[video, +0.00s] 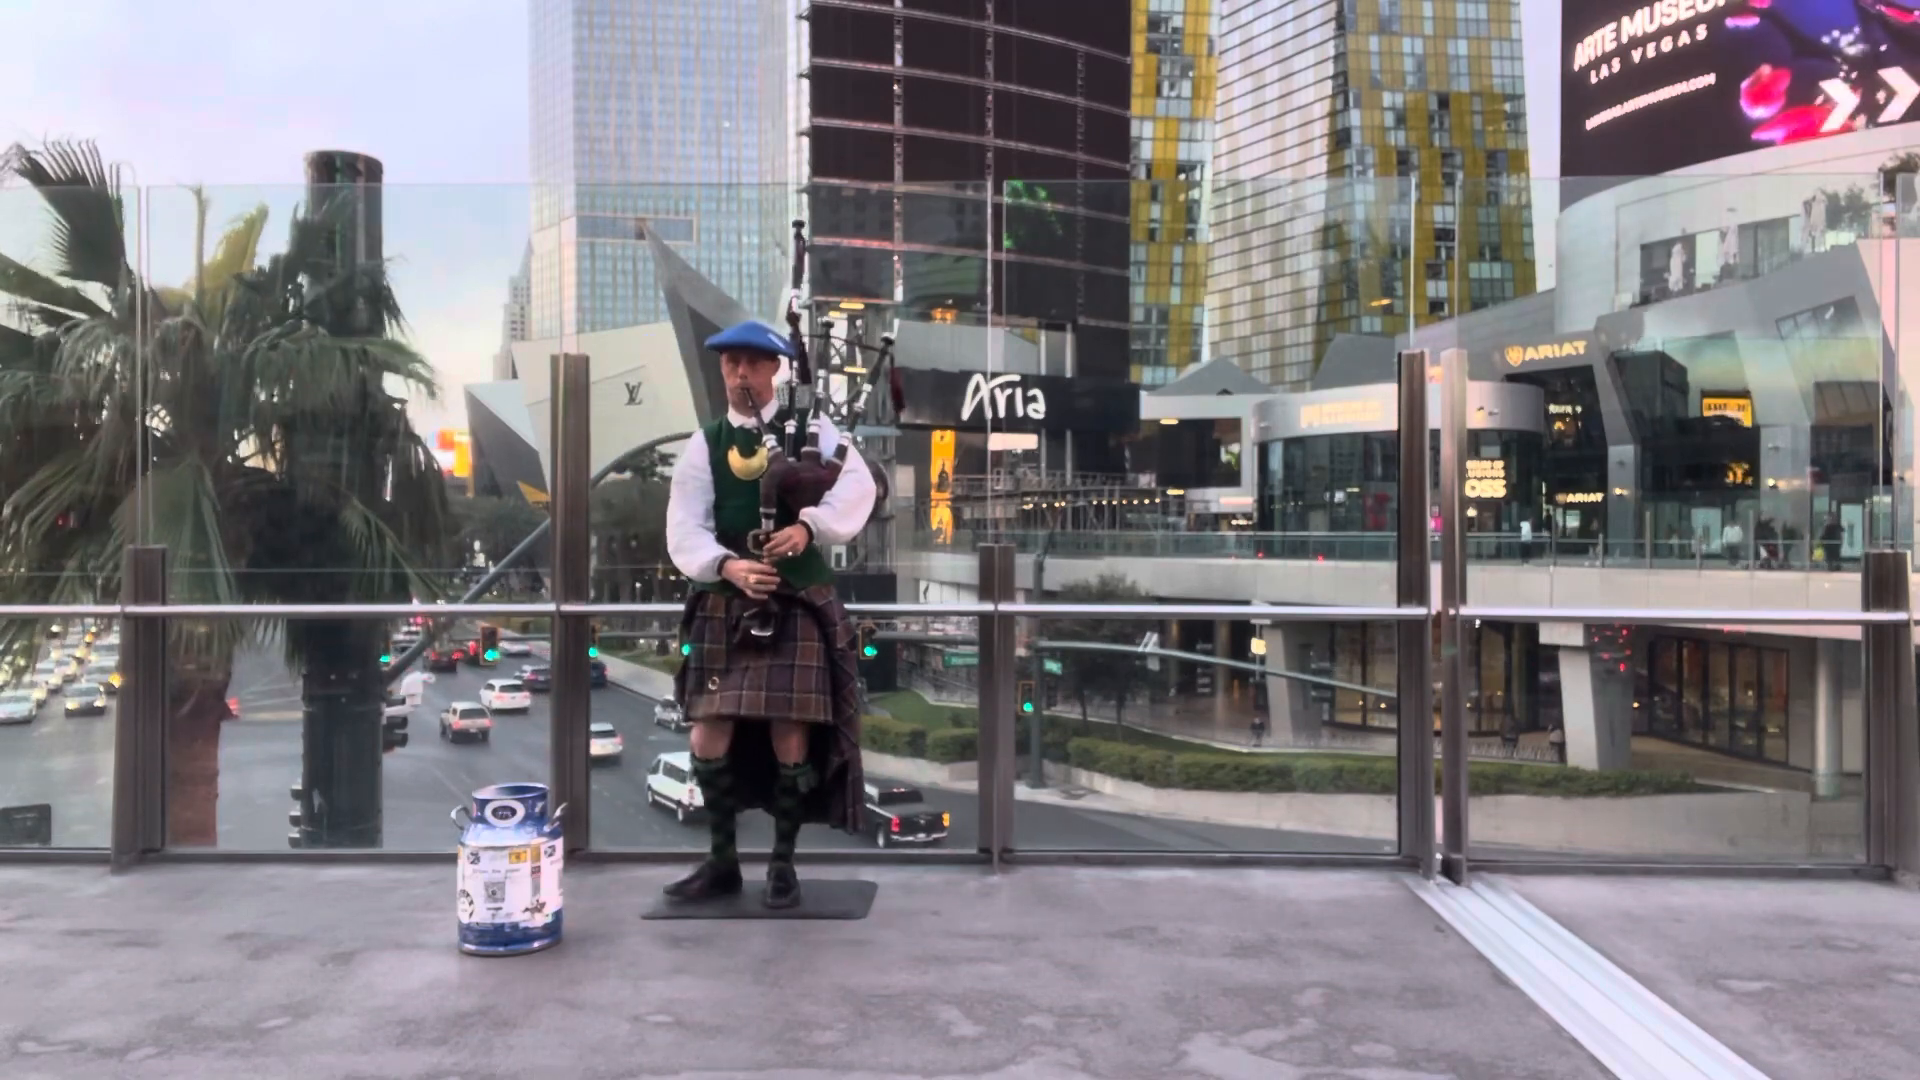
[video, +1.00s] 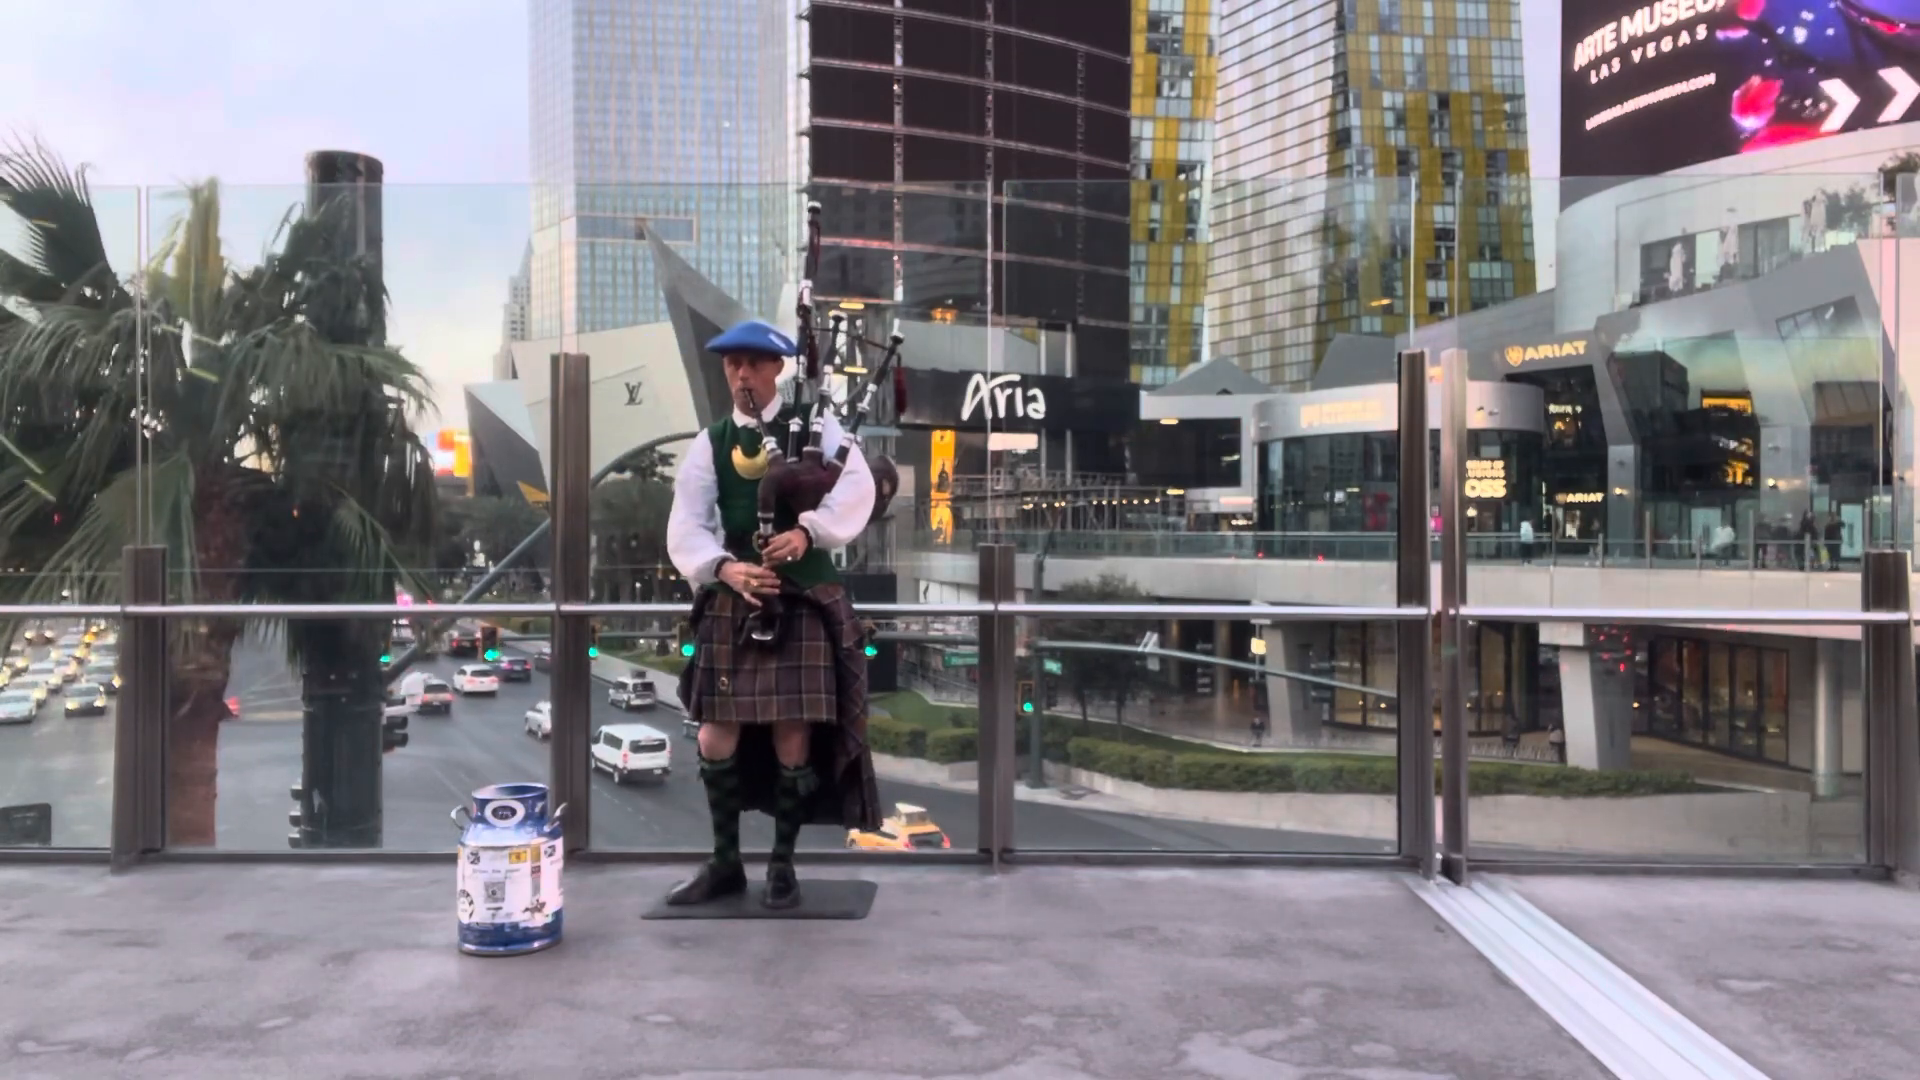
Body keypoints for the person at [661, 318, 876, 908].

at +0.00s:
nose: (742, 374)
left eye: (755, 362)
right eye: (733, 362)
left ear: (780, 370)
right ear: (721, 371)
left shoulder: (814, 430)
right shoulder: (704, 444)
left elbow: (860, 485)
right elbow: (684, 531)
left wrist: (811, 526)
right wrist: (726, 565)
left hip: (798, 597)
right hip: (725, 596)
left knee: (788, 728)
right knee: (708, 729)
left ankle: (781, 863)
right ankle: (722, 861)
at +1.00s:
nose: (742, 374)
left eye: (754, 362)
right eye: (734, 363)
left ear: (781, 368)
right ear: (724, 372)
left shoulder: (818, 427)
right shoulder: (710, 443)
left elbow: (859, 486)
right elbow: (686, 527)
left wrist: (810, 531)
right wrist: (722, 567)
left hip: (802, 594)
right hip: (730, 593)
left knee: (791, 729)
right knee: (716, 732)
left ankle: (782, 864)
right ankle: (725, 862)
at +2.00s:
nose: (747, 374)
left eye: (760, 363)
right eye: (739, 362)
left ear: (784, 371)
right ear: (727, 371)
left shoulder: (819, 428)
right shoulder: (712, 445)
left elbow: (861, 487)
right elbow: (691, 530)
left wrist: (811, 532)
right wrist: (727, 567)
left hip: (802, 596)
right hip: (730, 594)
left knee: (789, 728)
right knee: (713, 730)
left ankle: (781, 863)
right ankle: (725, 862)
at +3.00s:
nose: (749, 377)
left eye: (761, 365)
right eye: (740, 365)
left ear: (786, 373)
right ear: (728, 374)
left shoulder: (820, 431)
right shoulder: (714, 447)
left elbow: (865, 491)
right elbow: (696, 533)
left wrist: (815, 534)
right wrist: (731, 571)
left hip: (803, 601)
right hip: (732, 599)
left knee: (791, 735)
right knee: (707, 738)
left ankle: (782, 865)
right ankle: (730, 860)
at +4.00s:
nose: (747, 375)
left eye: (759, 363)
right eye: (738, 363)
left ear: (784, 371)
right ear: (726, 372)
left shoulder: (819, 427)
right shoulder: (714, 445)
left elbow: (863, 489)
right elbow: (695, 534)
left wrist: (814, 534)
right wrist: (728, 572)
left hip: (804, 599)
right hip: (732, 597)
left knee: (790, 734)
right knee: (715, 737)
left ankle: (781, 866)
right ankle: (730, 861)